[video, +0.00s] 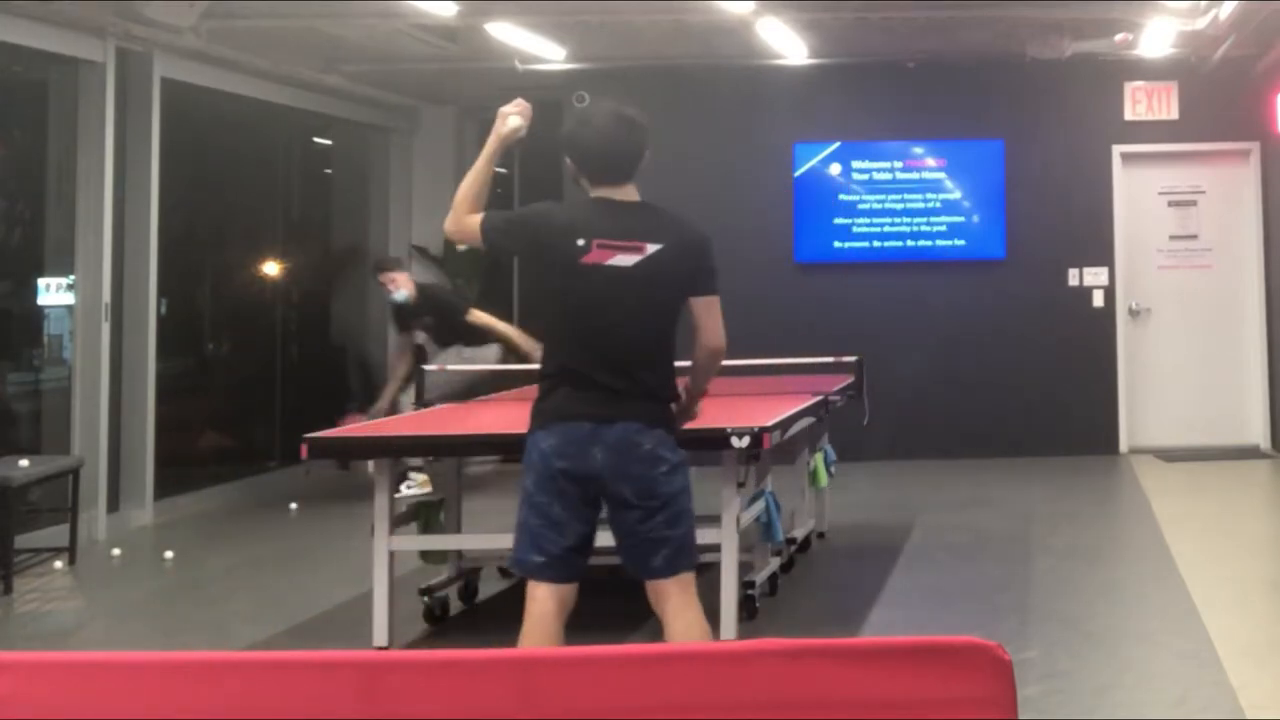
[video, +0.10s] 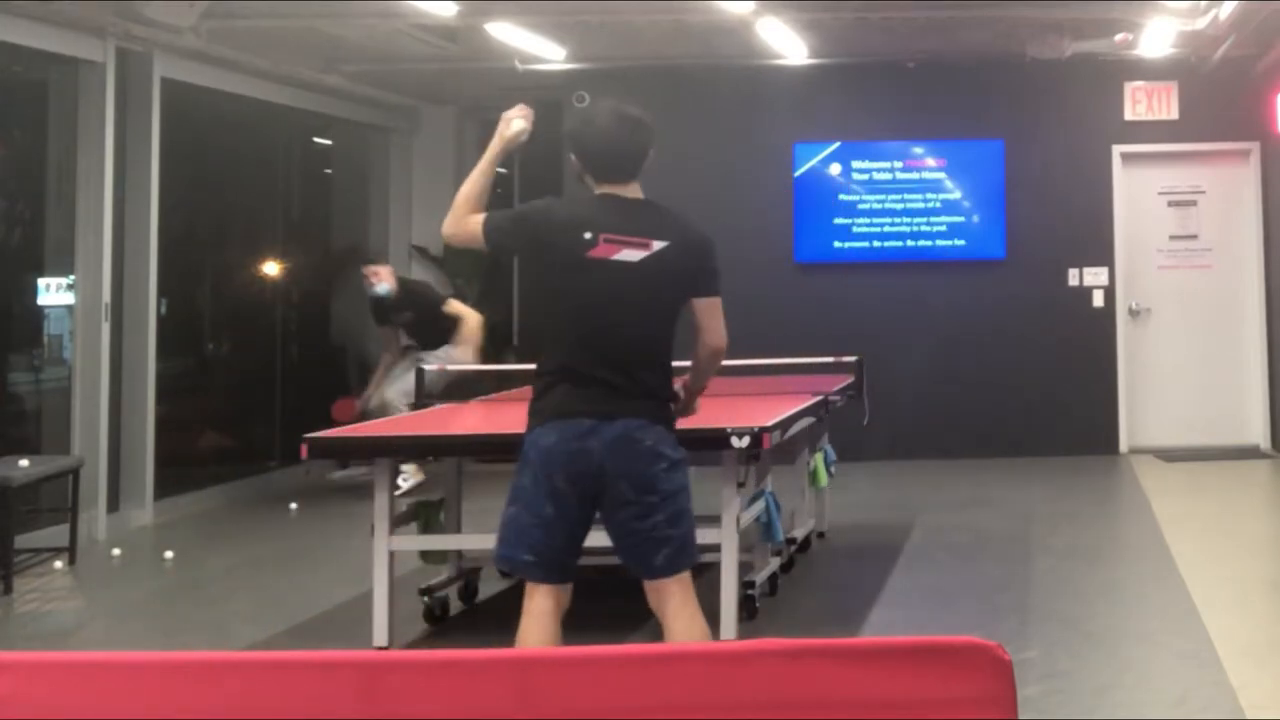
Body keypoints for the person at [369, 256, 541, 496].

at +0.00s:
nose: (391, 289)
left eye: (394, 281)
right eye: (385, 285)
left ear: (407, 275)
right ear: (383, 287)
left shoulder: (434, 295)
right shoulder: (401, 309)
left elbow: (489, 322)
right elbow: (406, 356)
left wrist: (532, 348)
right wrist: (384, 402)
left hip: (483, 348)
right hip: (454, 352)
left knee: (413, 395)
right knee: (407, 396)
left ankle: (418, 473)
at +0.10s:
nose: (372, 281)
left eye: (376, 274)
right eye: (367, 277)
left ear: (390, 272)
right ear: (364, 281)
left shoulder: (416, 291)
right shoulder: (380, 304)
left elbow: (472, 317)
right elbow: (391, 350)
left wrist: (465, 352)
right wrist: (370, 393)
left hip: (450, 349)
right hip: (422, 352)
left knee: (392, 395)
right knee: (376, 402)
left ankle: (410, 467)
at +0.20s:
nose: (366, 275)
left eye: (371, 269)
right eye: (361, 271)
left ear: (383, 268)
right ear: (355, 275)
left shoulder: (402, 290)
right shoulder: (361, 299)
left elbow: (440, 321)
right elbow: (376, 346)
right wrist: (361, 382)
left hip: (426, 361)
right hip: (392, 361)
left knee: (393, 406)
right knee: (362, 411)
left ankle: (384, 474)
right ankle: (324, 470)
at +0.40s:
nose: (378, 269)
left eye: (383, 264)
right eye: (372, 264)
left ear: (392, 264)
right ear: (363, 267)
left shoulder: (411, 296)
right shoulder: (356, 296)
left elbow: (439, 334)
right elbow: (355, 339)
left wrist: (416, 361)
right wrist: (333, 377)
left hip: (405, 367)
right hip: (370, 367)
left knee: (394, 408)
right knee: (336, 420)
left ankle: (398, 473)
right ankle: (320, 472)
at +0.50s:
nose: (408, 256)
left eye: (413, 250)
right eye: (402, 250)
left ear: (422, 251)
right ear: (393, 253)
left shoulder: (436, 283)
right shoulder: (378, 282)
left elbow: (458, 307)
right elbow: (364, 321)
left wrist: (448, 346)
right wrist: (371, 349)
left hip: (420, 362)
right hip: (379, 363)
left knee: (429, 418)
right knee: (341, 418)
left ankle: (437, 467)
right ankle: (318, 472)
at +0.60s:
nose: (450, 237)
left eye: (456, 231)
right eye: (445, 231)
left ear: (464, 233)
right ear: (434, 232)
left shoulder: (471, 262)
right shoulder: (417, 260)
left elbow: (480, 293)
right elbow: (391, 299)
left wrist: (475, 320)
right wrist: (410, 320)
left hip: (448, 350)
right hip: (405, 352)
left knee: (465, 411)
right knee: (362, 411)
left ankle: (470, 466)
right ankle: (323, 469)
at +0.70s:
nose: (491, 231)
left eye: (497, 224)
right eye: (485, 224)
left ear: (503, 227)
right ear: (473, 226)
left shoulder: (501, 262)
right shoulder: (453, 259)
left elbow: (502, 300)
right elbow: (422, 295)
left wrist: (504, 329)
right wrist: (430, 334)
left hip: (477, 341)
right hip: (440, 341)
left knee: (486, 403)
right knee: (409, 401)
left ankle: (469, 466)